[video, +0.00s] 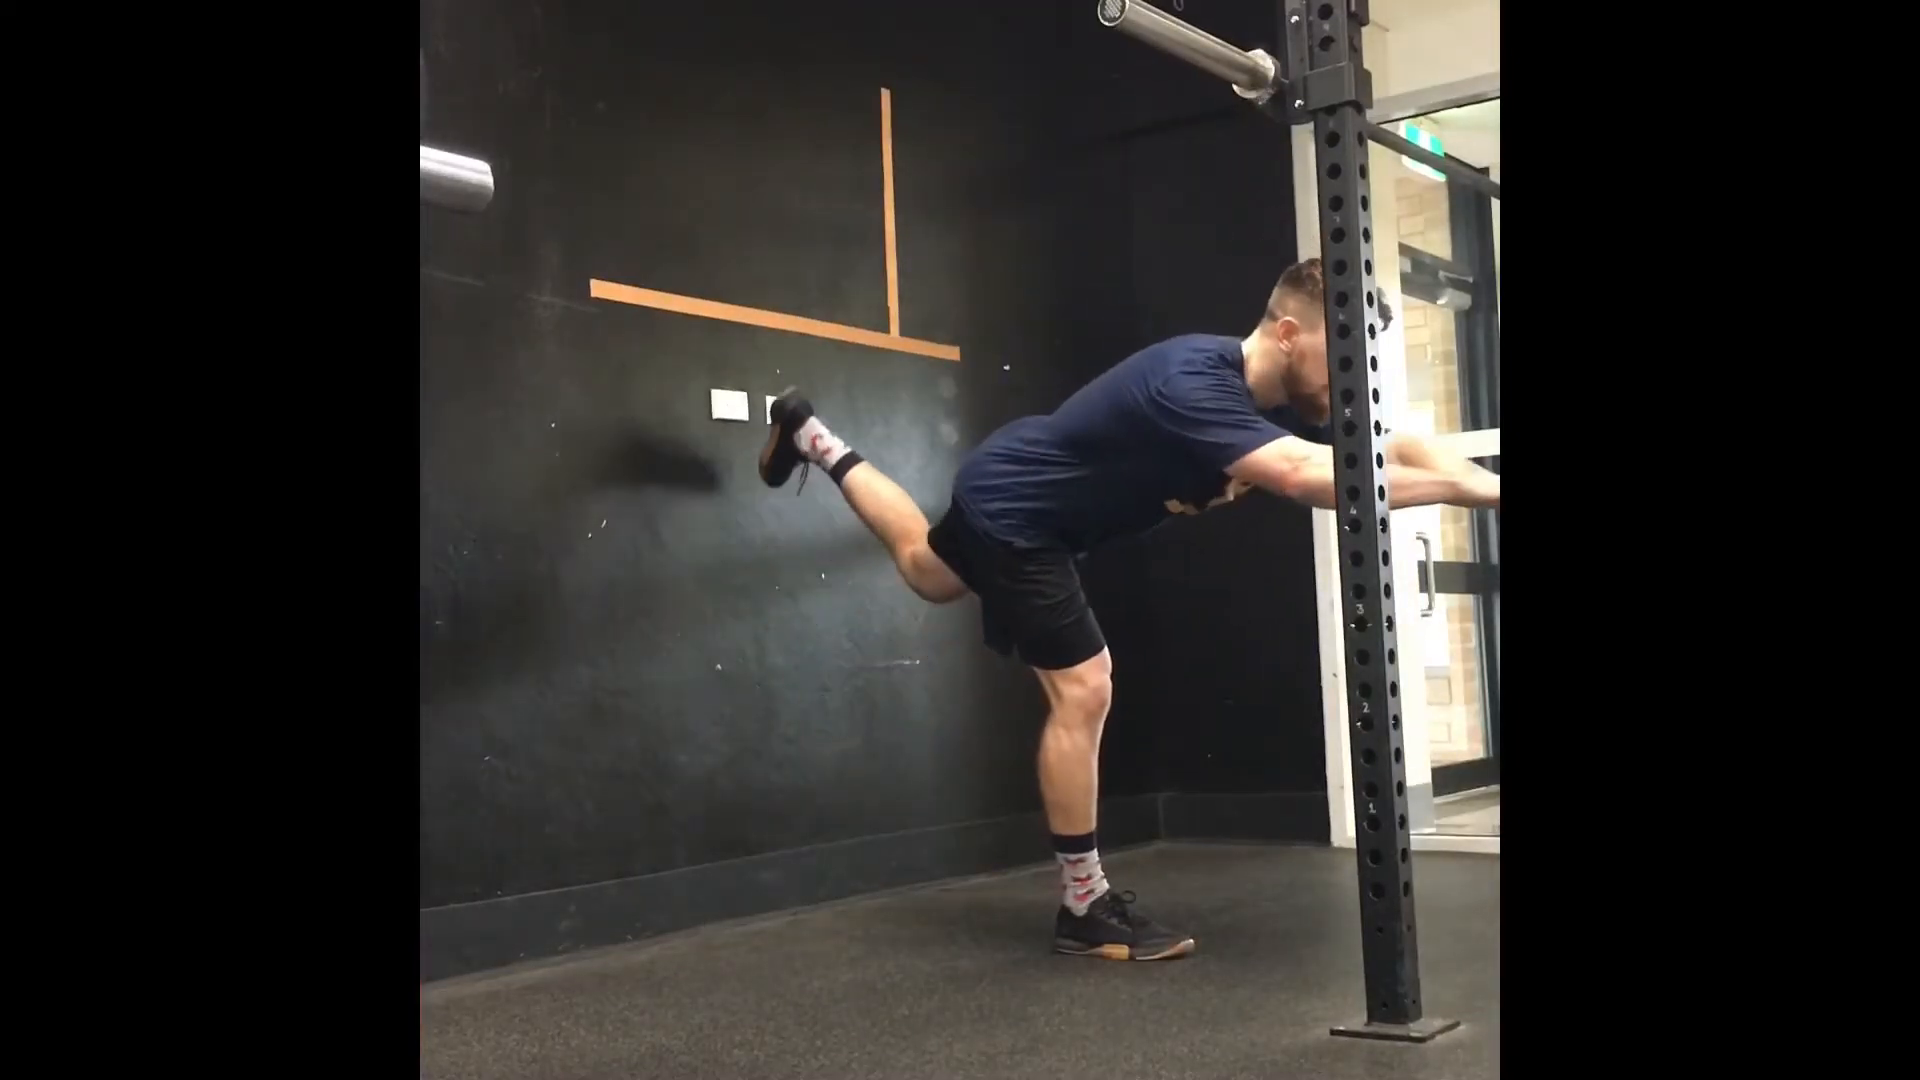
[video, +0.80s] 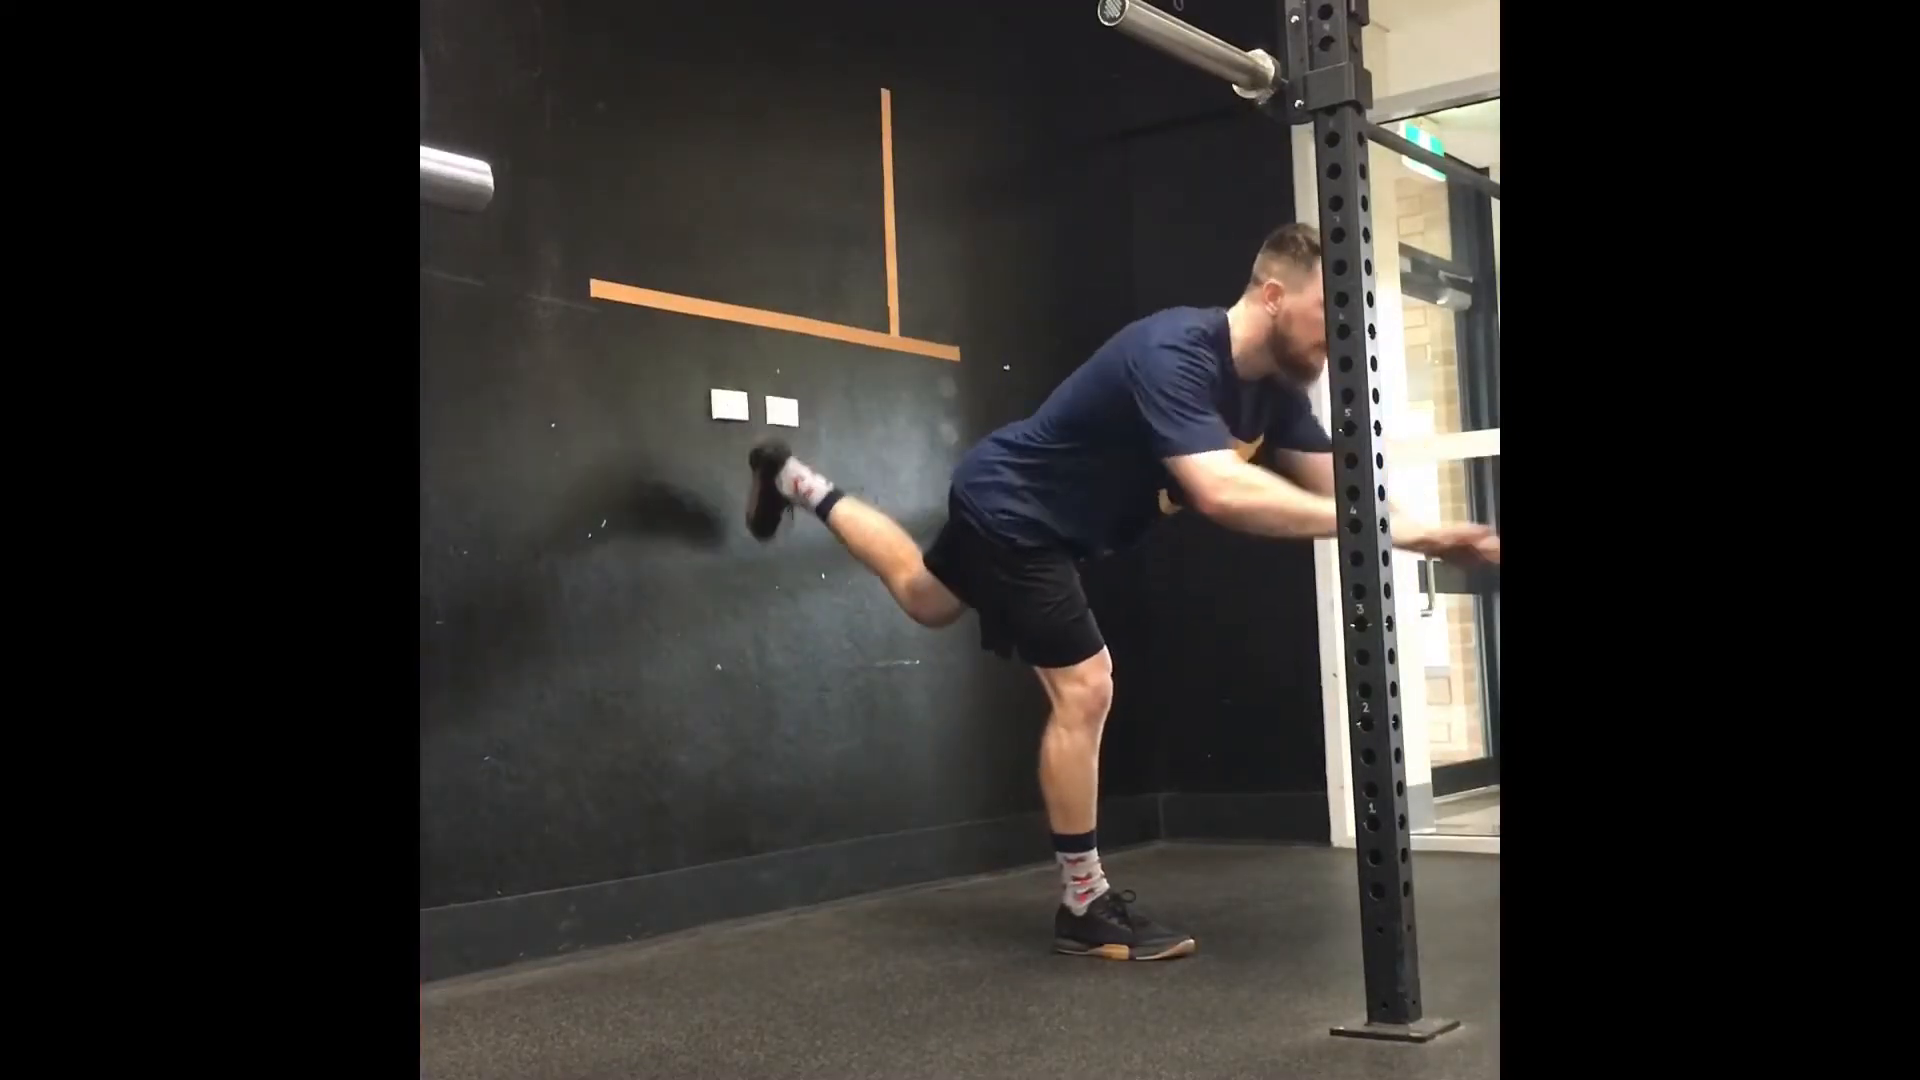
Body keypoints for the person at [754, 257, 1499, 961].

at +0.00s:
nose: (1344, 378)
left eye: (1349, 360)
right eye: (1337, 357)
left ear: (1297, 339)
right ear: (1286, 333)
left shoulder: (1245, 392)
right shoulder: (1196, 385)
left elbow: (1367, 450)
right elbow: (1309, 478)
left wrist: (1447, 470)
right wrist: (1442, 483)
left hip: (1024, 494)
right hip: (1007, 515)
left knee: (929, 571)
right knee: (1081, 691)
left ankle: (813, 443)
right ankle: (1083, 906)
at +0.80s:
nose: (1337, 329)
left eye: (1340, 313)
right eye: (1329, 308)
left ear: (1294, 302)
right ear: (1277, 293)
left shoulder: (1281, 385)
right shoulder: (1175, 350)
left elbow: (1338, 495)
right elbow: (1225, 494)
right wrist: (1367, 523)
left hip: (1050, 520)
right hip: (1004, 504)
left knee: (926, 598)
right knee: (1082, 687)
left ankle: (797, 483)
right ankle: (1083, 907)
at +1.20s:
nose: (1269, 209)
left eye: (1273, 192)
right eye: (1254, 189)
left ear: (1216, 192)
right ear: (1195, 184)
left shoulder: (1208, 299)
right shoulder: (1105, 281)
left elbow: (1184, 402)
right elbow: (1035, 412)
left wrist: (1203, 478)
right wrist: (1162, 469)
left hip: (1099, 517)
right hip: (1026, 511)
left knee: (1075, 694)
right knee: (1088, 695)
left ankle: (917, 732)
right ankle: (1083, 903)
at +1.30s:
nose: (1231, 177)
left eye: (1235, 161)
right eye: (1217, 157)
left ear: (1182, 160)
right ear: (1157, 152)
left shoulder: (1178, 271)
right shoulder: (1081, 258)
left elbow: (1137, 393)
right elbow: (1018, 388)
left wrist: (1195, 431)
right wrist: (1149, 424)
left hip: (1110, 514)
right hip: (1030, 515)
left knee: (1148, 682)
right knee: (1084, 698)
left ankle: (991, 777)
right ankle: (1082, 904)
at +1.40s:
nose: (1194, 153)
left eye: (1197, 137)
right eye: (1181, 134)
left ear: (1150, 138)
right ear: (1120, 128)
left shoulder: (1146, 250)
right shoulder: (1057, 236)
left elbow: (1116, 365)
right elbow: (1004, 367)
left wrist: (1171, 383)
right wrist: (1143, 380)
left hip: (1123, 505)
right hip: (1043, 514)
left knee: (1201, 644)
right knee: (1088, 698)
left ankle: (1069, 767)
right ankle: (1081, 903)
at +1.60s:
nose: (1136, 145)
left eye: (1140, 131)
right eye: (1123, 126)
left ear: (1105, 129)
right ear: (1066, 118)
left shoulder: (1101, 225)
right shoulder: (1017, 226)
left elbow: (1092, 367)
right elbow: (982, 354)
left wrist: (1155, 352)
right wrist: (1113, 335)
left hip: (1139, 477)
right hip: (1063, 508)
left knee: (1279, 544)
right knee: (1081, 706)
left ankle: (1182, 733)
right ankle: (1080, 902)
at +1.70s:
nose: (1126, 152)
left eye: (1132, 138)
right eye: (1114, 132)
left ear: (1107, 136)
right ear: (1057, 121)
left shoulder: (1094, 230)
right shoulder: (1002, 229)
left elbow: (1090, 374)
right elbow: (972, 354)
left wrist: (1145, 344)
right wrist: (1099, 329)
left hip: (1143, 471)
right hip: (1067, 511)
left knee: (1292, 490)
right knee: (1072, 711)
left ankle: (1215, 690)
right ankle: (1081, 902)